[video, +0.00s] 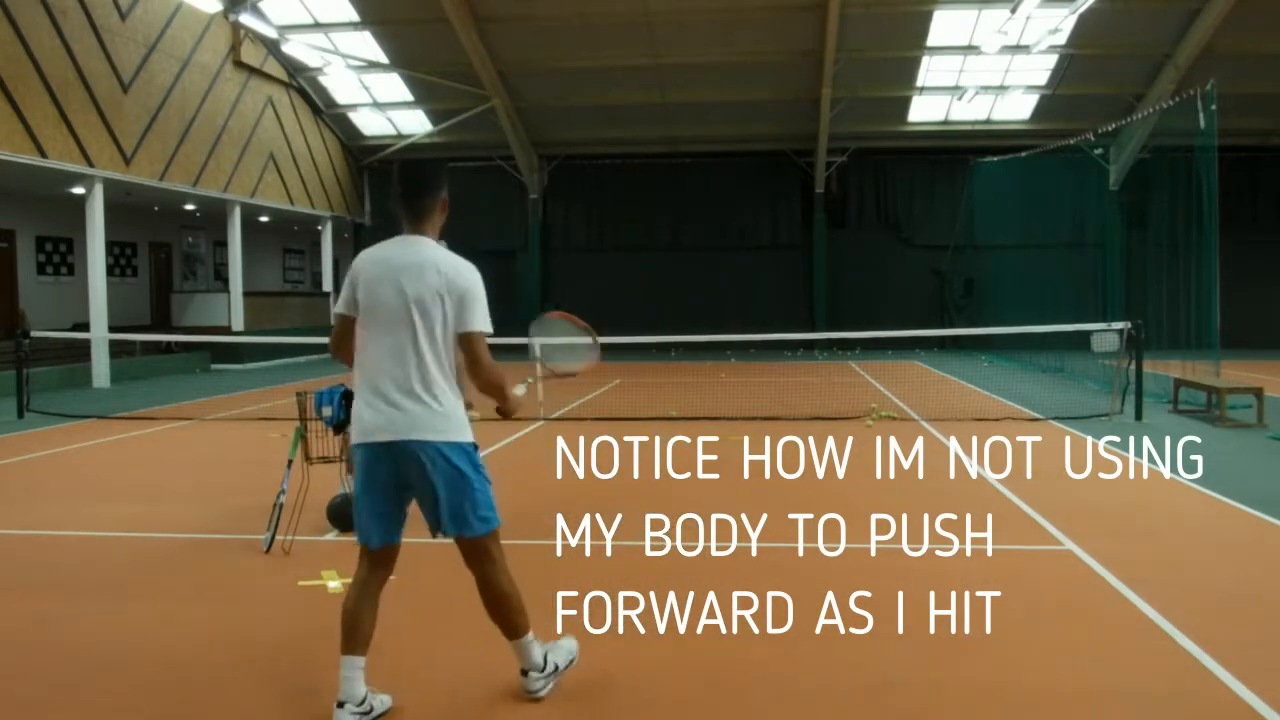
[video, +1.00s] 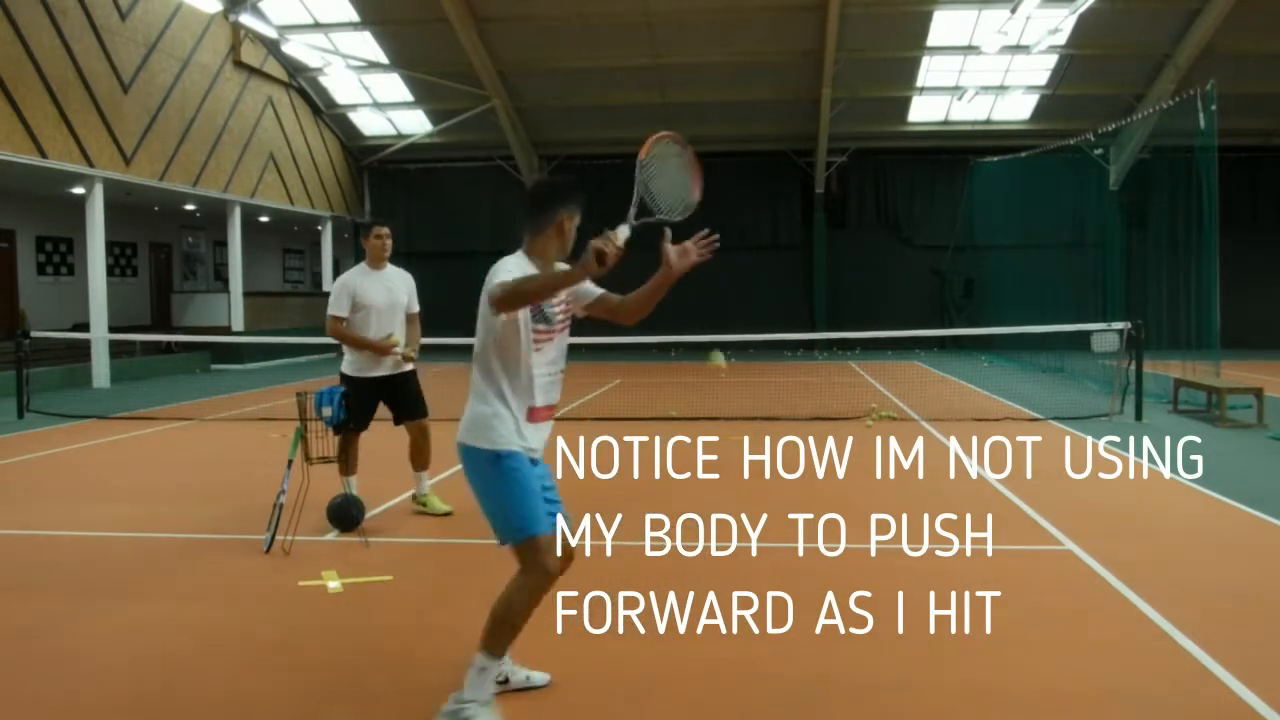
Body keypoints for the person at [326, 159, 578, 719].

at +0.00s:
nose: (446, 211)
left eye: (441, 203)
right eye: (446, 203)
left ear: (397, 208)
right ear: (442, 207)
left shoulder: (364, 263)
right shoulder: (458, 272)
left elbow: (342, 346)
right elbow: (478, 364)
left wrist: (395, 369)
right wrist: (509, 400)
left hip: (372, 435)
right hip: (438, 434)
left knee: (372, 566)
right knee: (486, 558)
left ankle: (350, 694)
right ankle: (535, 664)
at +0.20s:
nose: (445, 198)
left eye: (434, 190)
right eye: (445, 190)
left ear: (395, 195)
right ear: (440, 194)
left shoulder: (367, 259)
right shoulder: (443, 262)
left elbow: (383, 341)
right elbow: (453, 355)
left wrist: (453, 337)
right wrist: (468, 393)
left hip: (362, 440)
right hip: (423, 440)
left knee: (373, 566)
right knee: (478, 563)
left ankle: (350, 695)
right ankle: (485, 702)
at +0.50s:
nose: (487, 215)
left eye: (483, 207)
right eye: (486, 208)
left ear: (435, 212)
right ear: (480, 212)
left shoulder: (406, 277)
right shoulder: (465, 282)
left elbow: (430, 366)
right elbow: (478, 387)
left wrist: (512, 358)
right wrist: (515, 417)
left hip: (397, 452)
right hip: (433, 457)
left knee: (436, 565)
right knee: (475, 598)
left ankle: (369, 671)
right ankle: (421, 712)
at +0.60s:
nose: (500, 213)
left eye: (495, 205)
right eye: (501, 205)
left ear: (452, 207)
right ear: (495, 208)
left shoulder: (435, 268)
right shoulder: (473, 277)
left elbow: (468, 355)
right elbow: (496, 377)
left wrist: (542, 349)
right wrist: (543, 405)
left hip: (420, 442)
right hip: (439, 449)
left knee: (490, 539)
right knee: (472, 596)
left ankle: (409, 656)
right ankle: (422, 710)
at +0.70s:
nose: (516, 215)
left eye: (512, 205)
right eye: (516, 206)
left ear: (467, 208)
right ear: (507, 209)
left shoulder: (459, 267)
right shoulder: (478, 273)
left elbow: (509, 347)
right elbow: (522, 365)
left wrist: (580, 326)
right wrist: (583, 379)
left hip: (459, 443)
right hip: (446, 447)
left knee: (507, 542)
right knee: (460, 591)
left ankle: (470, 662)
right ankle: (415, 712)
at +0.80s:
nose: (531, 224)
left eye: (530, 216)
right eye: (530, 215)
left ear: (484, 218)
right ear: (520, 220)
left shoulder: (503, 279)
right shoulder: (481, 278)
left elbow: (557, 334)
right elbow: (537, 342)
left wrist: (613, 304)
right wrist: (617, 340)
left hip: (485, 453)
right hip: (457, 455)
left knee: (533, 548)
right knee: (466, 593)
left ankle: (489, 666)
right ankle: (416, 712)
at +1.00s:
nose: (576, 232)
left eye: (576, 226)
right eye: (575, 224)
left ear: (543, 223)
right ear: (563, 222)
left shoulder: (564, 280)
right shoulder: (507, 271)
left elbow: (625, 311)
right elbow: (504, 299)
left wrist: (668, 272)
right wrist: (580, 272)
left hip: (526, 441)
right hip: (493, 439)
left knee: (560, 552)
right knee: (539, 564)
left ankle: (494, 663)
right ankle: (471, 695)